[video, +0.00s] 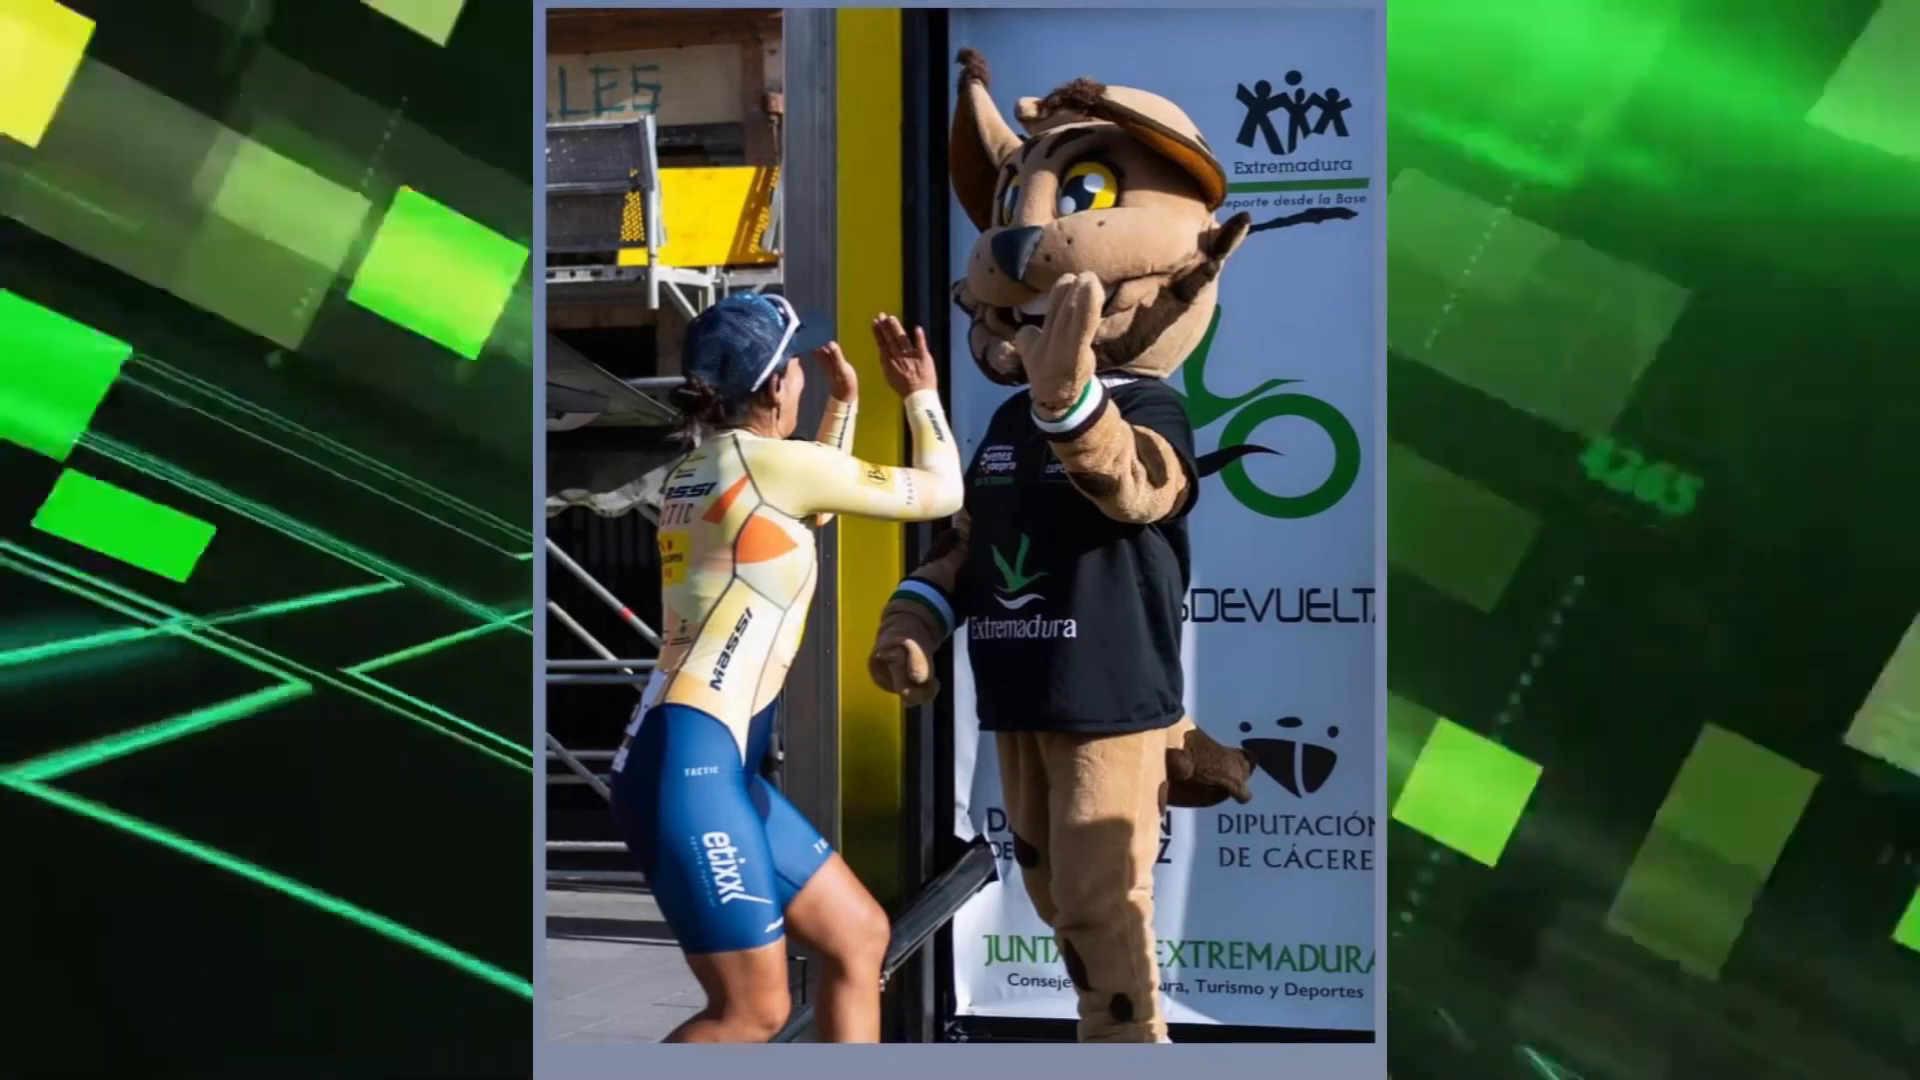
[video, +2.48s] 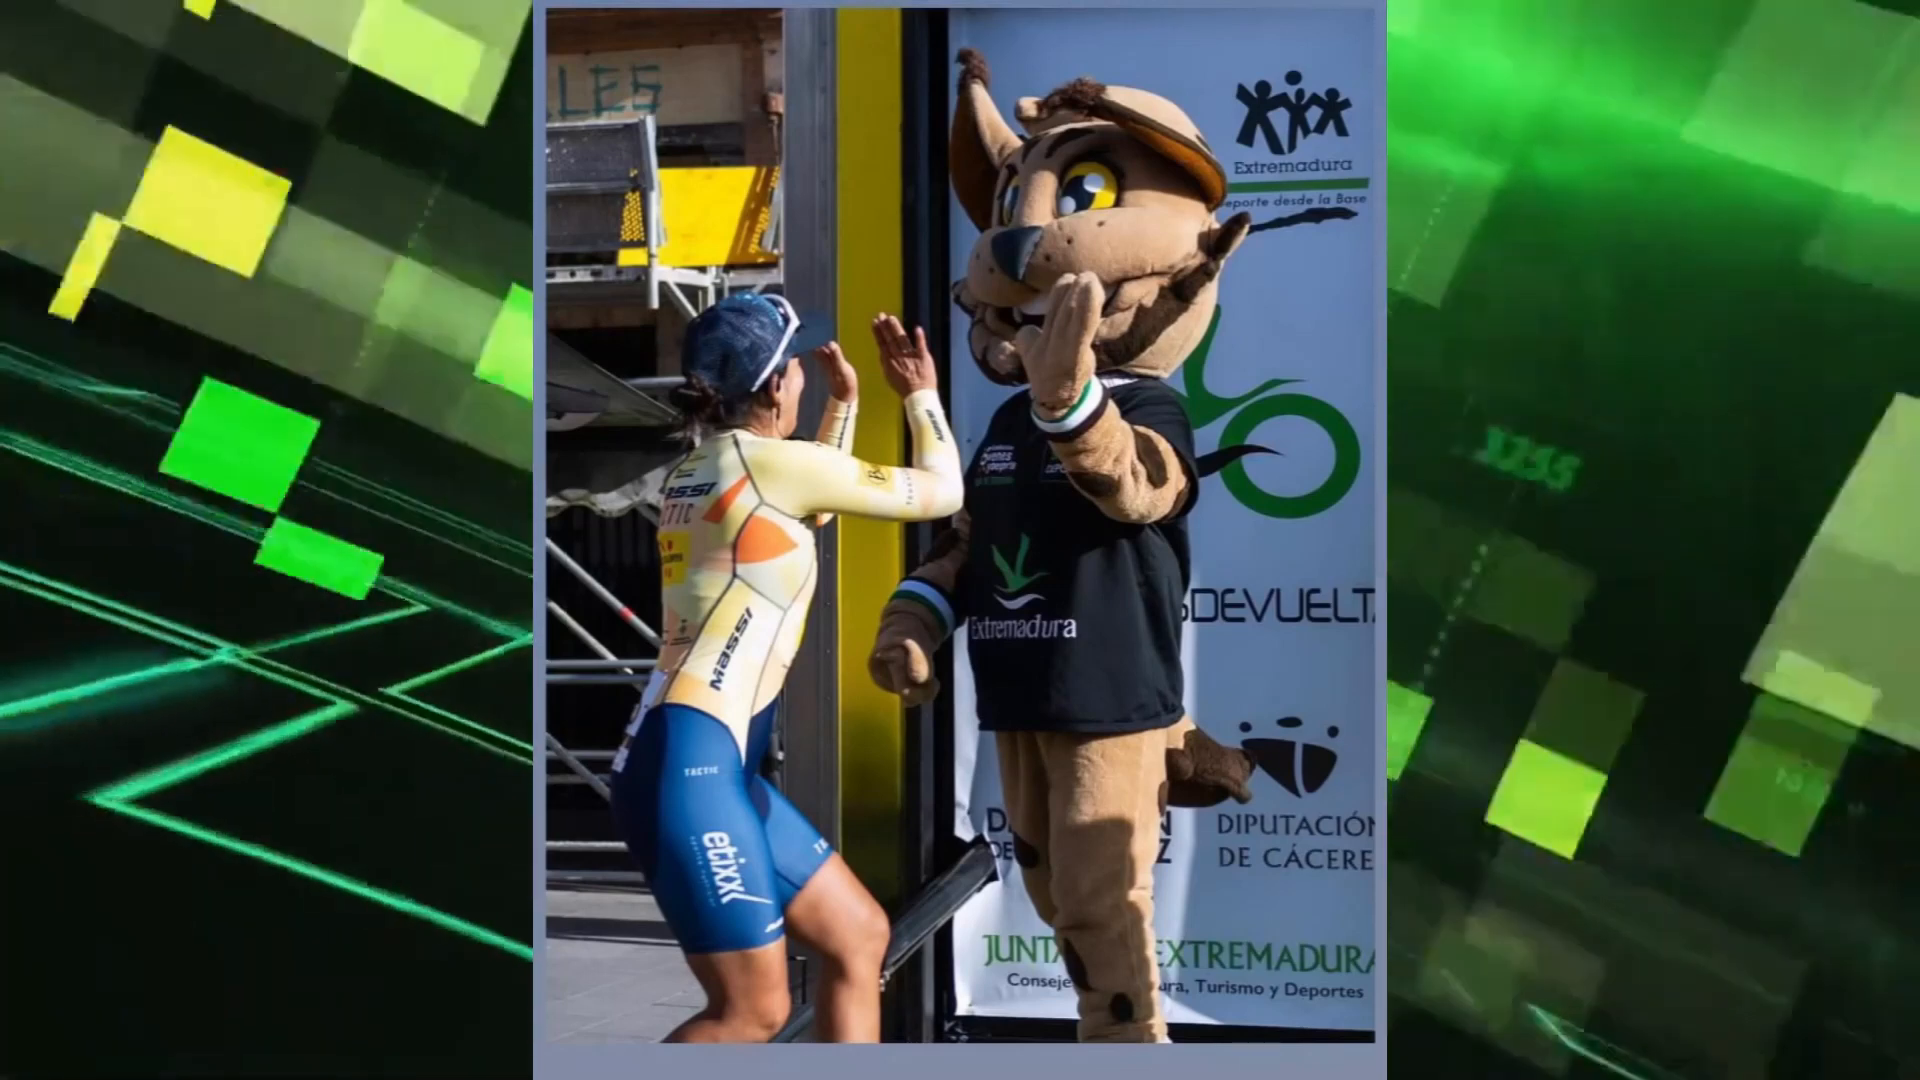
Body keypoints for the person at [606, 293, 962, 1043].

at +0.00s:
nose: (804, 376)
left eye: (800, 362)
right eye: (797, 363)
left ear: (714, 388)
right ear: (777, 380)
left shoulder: (693, 471)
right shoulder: (779, 465)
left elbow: (798, 495)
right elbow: (938, 492)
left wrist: (840, 413)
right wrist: (924, 396)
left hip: (714, 769)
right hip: (686, 774)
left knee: (860, 934)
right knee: (754, 1009)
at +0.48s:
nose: (803, 377)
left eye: (800, 363)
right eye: (797, 364)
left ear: (714, 387)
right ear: (777, 380)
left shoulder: (695, 471)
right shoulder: (779, 465)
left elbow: (801, 497)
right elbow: (938, 492)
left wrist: (840, 411)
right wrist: (924, 396)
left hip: (715, 769)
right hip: (686, 774)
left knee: (860, 933)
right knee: (754, 1009)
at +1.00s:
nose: (803, 377)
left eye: (800, 363)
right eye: (797, 364)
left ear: (714, 387)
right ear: (777, 380)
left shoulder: (695, 471)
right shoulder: (779, 465)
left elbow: (801, 497)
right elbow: (938, 492)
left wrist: (841, 411)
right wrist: (924, 396)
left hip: (715, 769)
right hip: (686, 774)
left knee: (860, 933)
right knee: (754, 1009)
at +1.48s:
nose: (803, 377)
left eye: (800, 363)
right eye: (797, 364)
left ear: (714, 387)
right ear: (777, 380)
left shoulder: (695, 471)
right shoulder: (779, 465)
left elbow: (801, 496)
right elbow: (939, 492)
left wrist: (841, 411)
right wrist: (924, 396)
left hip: (715, 769)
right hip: (686, 774)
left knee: (860, 933)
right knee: (754, 1009)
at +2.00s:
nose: (803, 377)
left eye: (800, 363)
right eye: (797, 364)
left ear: (713, 387)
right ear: (778, 380)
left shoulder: (695, 471)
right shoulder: (779, 465)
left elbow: (801, 496)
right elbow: (938, 492)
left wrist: (840, 411)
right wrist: (924, 396)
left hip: (714, 769)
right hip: (686, 774)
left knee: (860, 933)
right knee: (754, 1009)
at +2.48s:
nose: (803, 377)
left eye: (800, 363)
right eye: (797, 364)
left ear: (714, 387)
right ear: (777, 380)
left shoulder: (695, 471)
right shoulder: (779, 465)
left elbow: (801, 497)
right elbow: (939, 492)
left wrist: (841, 411)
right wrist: (924, 396)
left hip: (714, 769)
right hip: (686, 774)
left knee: (860, 933)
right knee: (754, 1009)